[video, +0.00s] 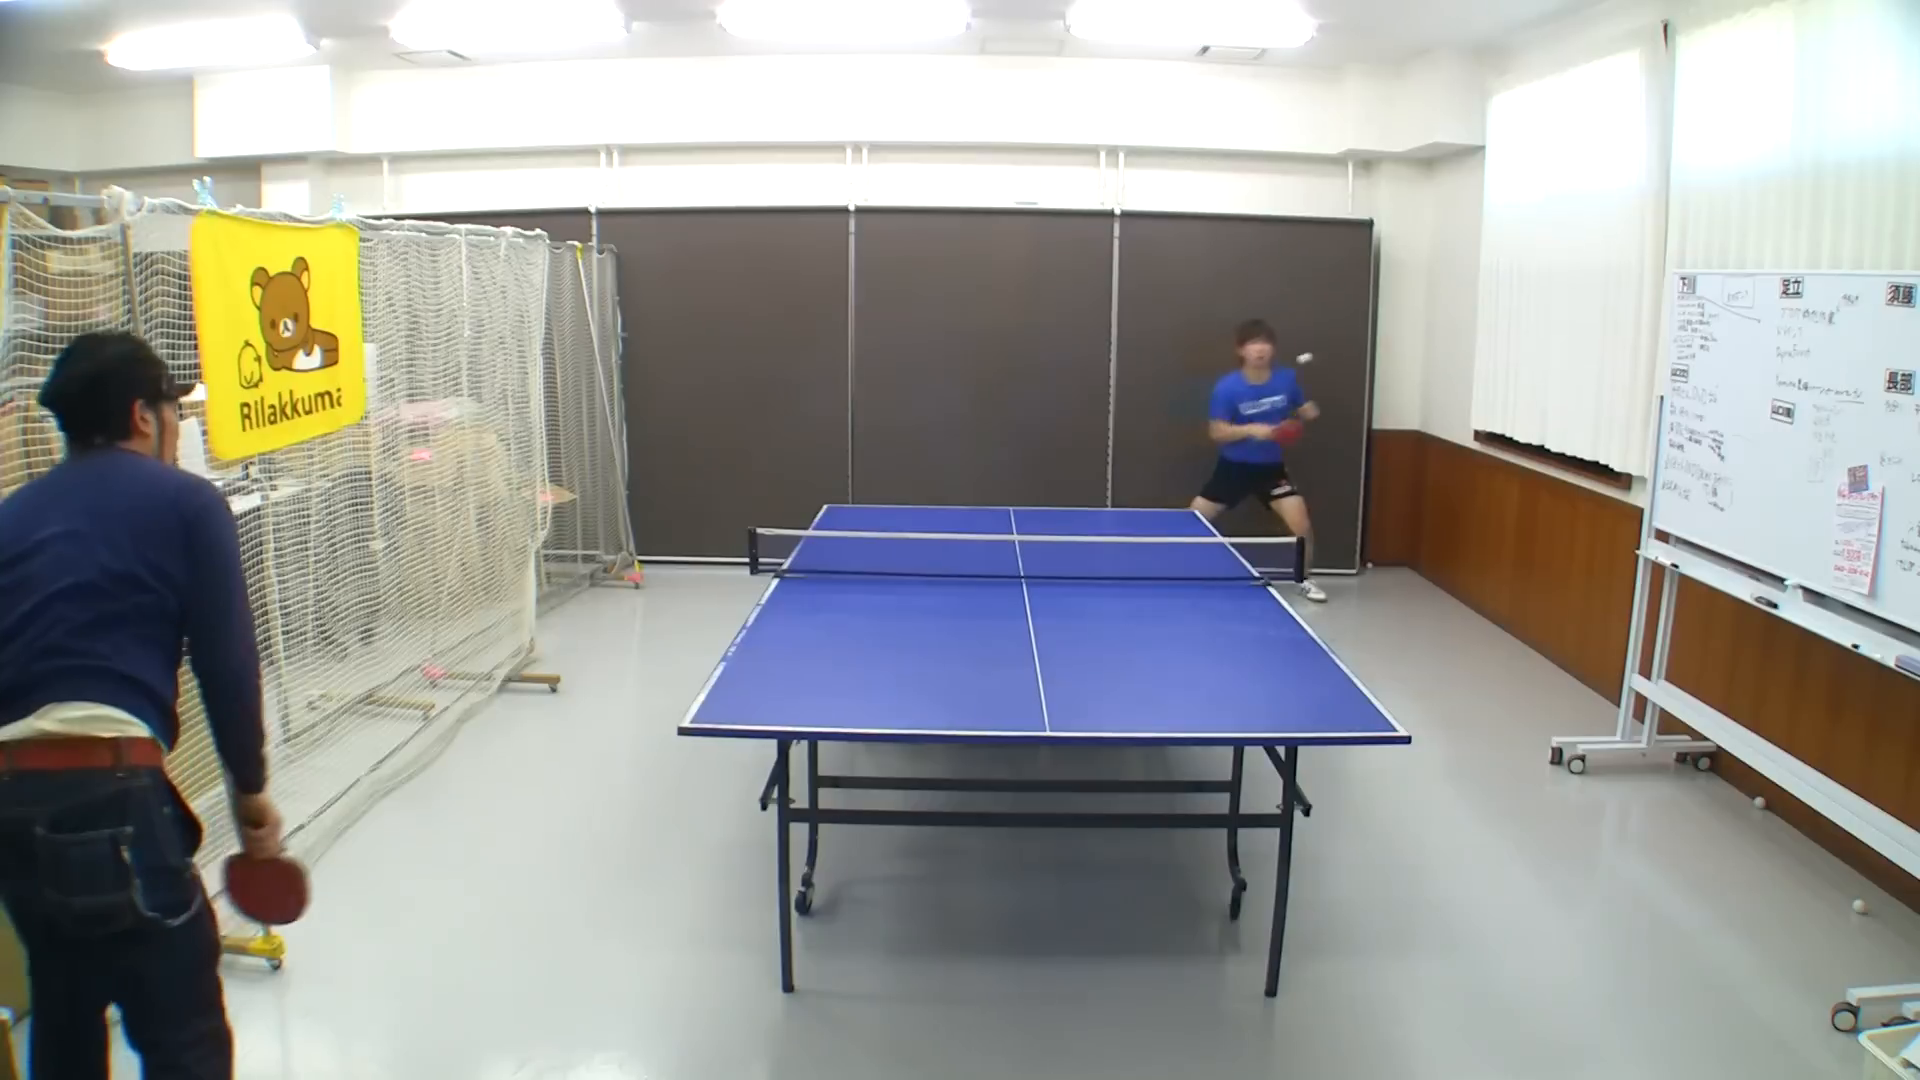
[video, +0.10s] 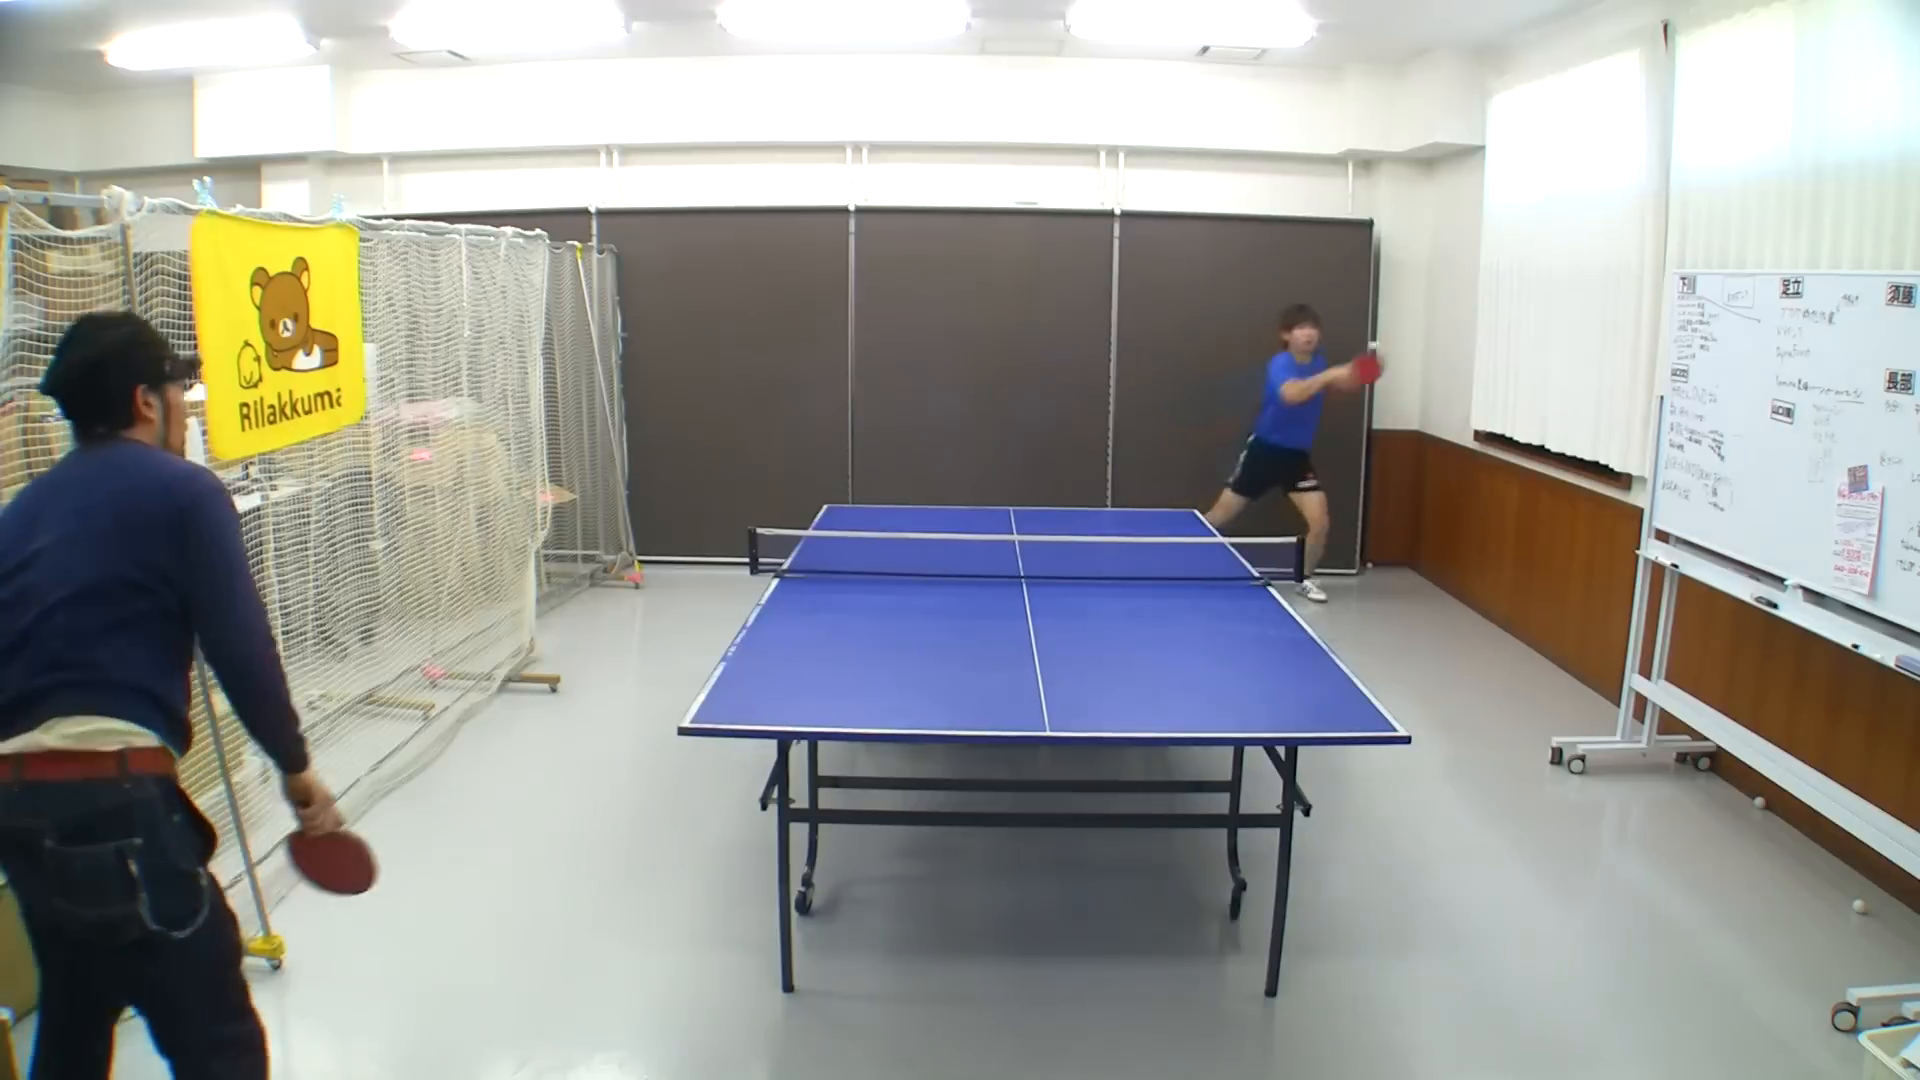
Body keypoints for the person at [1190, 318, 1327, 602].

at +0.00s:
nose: (1260, 350)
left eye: (1265, 344)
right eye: (1253, 344)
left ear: (1273, 349)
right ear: (1241, 351)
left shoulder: (1285, 379)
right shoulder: (1227, 387)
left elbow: (1308, 410)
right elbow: (1217, 431)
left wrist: (1305, 413)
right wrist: (1253, 430)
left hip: (1271, 469)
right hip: (1233, 469)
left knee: (1301, 525)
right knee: (1193, 520)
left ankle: (1302, 579)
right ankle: (1168, 579)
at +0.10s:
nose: (1308, 335)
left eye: (1313, 329)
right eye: (1301, 329)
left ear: (1319, 334)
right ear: (1286, 335)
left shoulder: (1319, 363)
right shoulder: (1281, 363)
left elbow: (1340, 386)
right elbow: (1291, 394)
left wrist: (1361, 373)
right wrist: (1331, 376)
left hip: (1296, 456)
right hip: (1262, 452)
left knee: (1320, 522)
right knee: (1220, 514)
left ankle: (1303, 578)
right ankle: (1171, 557)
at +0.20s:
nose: (1344, 322)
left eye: (1349, 316)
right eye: (1336, 316)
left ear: (1355, 323)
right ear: (1321, 324)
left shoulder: (1341, 356)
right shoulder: (1319, 350)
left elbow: (1343, 372)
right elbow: (1343, 356)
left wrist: (1363, 378)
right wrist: (1377, 340)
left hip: (1322, 447)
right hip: (1293, 442)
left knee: (1350, 511)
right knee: (1252, 509)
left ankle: (1319, 566)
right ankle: (1211, 542)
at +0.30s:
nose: (1377, 331)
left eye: (1381, 325)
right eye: (1370, 323)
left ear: (1384, 331)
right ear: (1356, 327)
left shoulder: (1368, 361)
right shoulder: (1352, 354)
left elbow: (1351, 398)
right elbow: (1373, 377)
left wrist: (1376, 405)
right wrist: (1411, 363)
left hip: (1350, 452)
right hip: (1321, 446)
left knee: (1386, 512)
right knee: (1278, 515)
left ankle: (1371, 575)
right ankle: (1222, 529)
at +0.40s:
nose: (1407, 352)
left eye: (1413, 347)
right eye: (1401, 345)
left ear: (1419, 353)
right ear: (1389, 349)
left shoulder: (1399, 383)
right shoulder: (1382, 378)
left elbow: (1377, 421)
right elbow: (1399, 418)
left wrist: (1394, 441)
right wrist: (1441, 411)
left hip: (1374, 473)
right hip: (1348, 466)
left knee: (1416, 530)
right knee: (1304, 535)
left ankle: (1419, 596)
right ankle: (1239, 539)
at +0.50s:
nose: (1433, 374)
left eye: (1440, 370)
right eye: (1427, 367)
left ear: (1444, 375)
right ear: (1413, 370)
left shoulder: (1422, 404)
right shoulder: (1403, 401)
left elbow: (1401, 448)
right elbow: (1401, 451)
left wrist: (1407, 478)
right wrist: (1446, 461)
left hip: (1387, 480)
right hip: (1360, 476)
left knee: (1430, 528)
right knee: (1342, 557)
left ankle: (1421, 595)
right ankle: (1274, 565)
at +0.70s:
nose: (1431, 377)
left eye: (1438, 372)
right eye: (1425, 369)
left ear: (1443, 378)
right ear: (1410, 372)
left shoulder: (1418, 405)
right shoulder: (1399, 407)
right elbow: (1379, 455)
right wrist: (1409, 491)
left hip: (1384, 485)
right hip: (1361, 482)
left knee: (1431, 528)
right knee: (1362, 562)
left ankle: (1422, 597)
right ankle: (1296, 579)